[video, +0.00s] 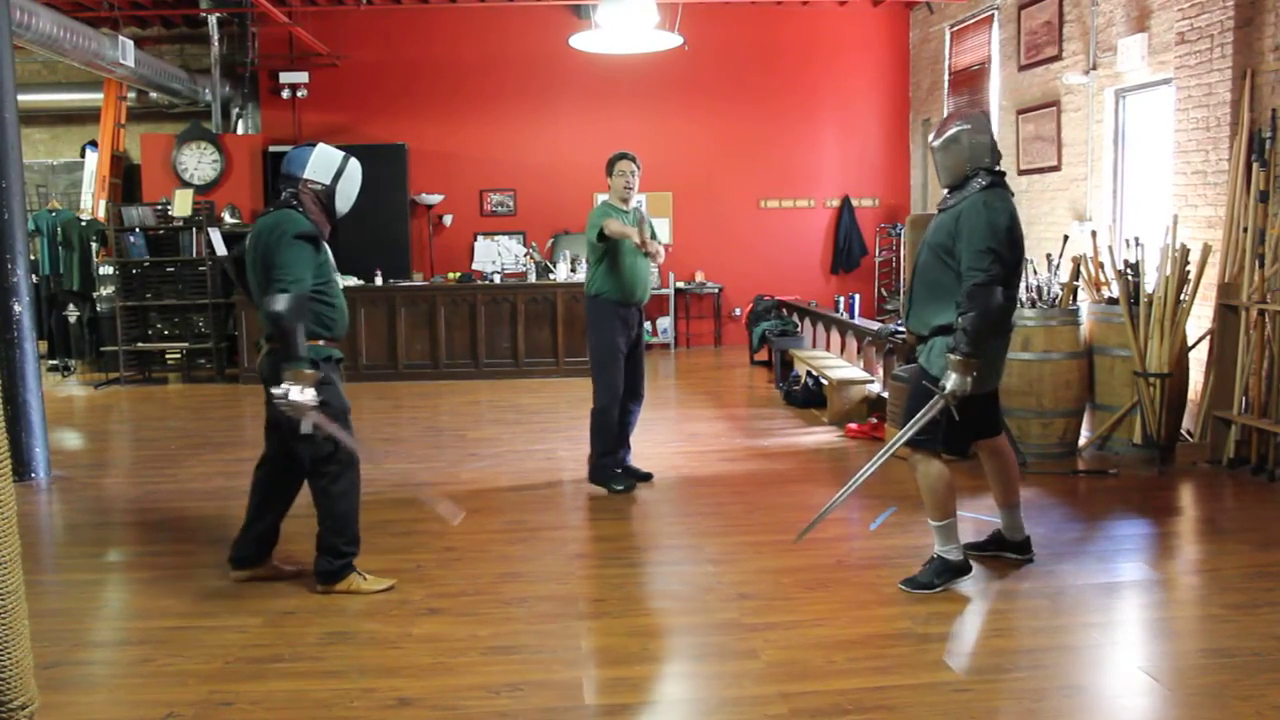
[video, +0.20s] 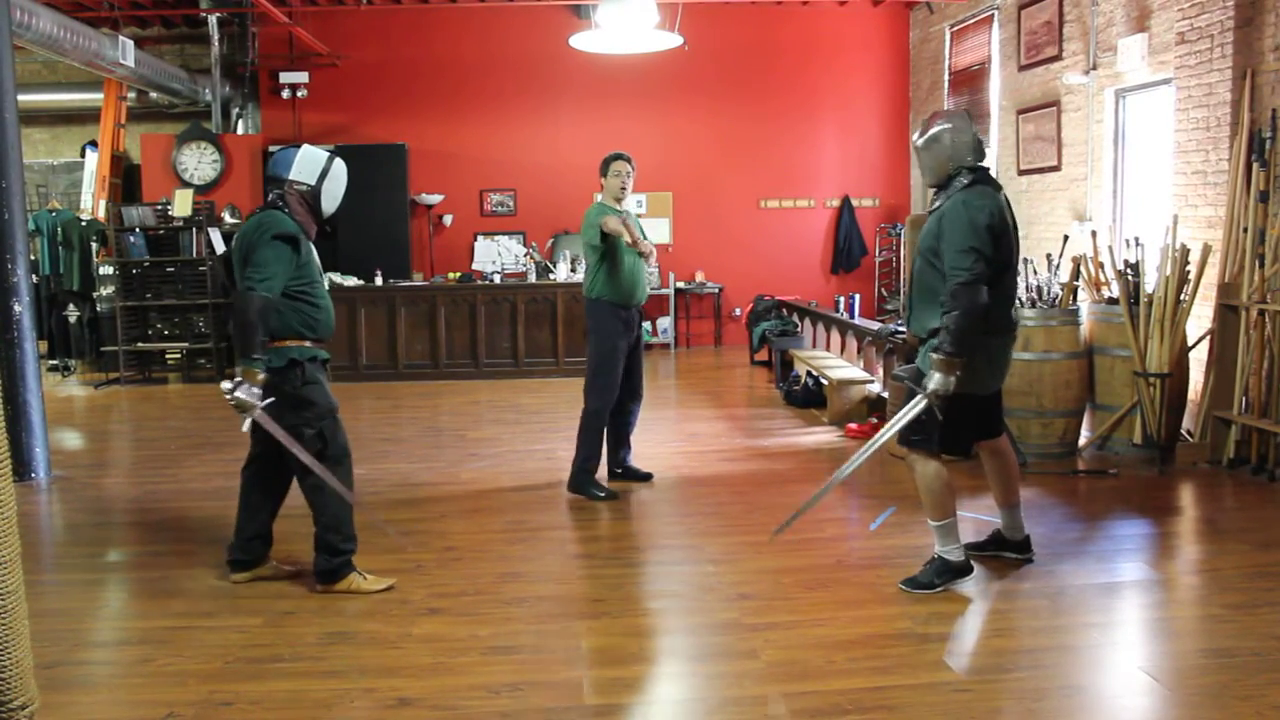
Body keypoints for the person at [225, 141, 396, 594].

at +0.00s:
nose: (338, 207)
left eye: (337, 197)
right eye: (334, 195)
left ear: (297, 188)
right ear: (314, 189)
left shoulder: (268, 228)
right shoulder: (294, 230)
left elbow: (241, 271)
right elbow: (286, 302)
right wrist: (296, 369)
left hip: (287, 360)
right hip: (312, 364)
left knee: (283, 460)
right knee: (337, 463)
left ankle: (251, 556)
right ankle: (337, 569)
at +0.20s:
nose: (326, 208)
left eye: (327, 199)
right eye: (324, 197)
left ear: (288, 188)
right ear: (305, 189)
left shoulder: (265, 228)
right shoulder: (278, 230)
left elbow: (249, 295)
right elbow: (255, 296)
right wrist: (252, 366)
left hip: (283, 364)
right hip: (295, 365)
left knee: (269, 463)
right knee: (330, 461)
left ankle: (248, 558)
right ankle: (336, 568)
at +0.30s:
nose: (325, 203)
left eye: (325, 193)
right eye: (322, 191)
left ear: (285, 184)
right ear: (304, 185)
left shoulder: (271, 226)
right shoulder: (272, 229)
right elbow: (249, 298)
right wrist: (241, 369)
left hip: (286, 363)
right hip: (289, 365)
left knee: (268, 462)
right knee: (324, 457)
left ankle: (247, 558)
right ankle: (335, 568)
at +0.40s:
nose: (321, 204)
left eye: (322, 194)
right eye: (319, 193)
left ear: (284, 185)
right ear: (298, 185)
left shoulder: (275, 228)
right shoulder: (268, 229)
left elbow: (248, 302)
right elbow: (245, 301)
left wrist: (240, 372)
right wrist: (238, 372)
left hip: (288, 362)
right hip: (284, 364)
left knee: (267, 461)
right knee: (320, 456)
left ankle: (247, 559)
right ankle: (335, 568)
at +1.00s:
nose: (338, 207)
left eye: (339, 198)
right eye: (335, 196)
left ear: (295, 189)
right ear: (316, 190)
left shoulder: (264, 231)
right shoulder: (289, 234)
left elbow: (228, 265)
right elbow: (276, 309)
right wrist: (280, 381)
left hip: (285, 366)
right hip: (307, 366)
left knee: (279, 463)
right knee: (338, 462)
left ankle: (249, 558)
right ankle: (334, 568)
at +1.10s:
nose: (348, 205)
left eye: (349, 196)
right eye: (346, 194)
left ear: (305, 186)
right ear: (328, 188)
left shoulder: (271, 229)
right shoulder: (298, 234)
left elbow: (230, 266)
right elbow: (289, 317)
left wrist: (268, 300)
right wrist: (303, 386)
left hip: (287, 365)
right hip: (308, 368)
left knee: (294, 460)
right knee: (339, 464)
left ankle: (255, 551)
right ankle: (334, 569)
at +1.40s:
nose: (348, 205)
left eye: (349, 196)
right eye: (346, 193)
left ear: (310, 184)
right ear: (327, 185)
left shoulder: (293, 225)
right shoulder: (296, 228)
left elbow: (312, 303)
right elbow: (293, 310)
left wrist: (348, 354)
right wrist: (335, 355)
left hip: (309, 362)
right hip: (306, 364)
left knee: (335, 452)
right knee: (336, 461)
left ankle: (311, 538)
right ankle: (332, 571)